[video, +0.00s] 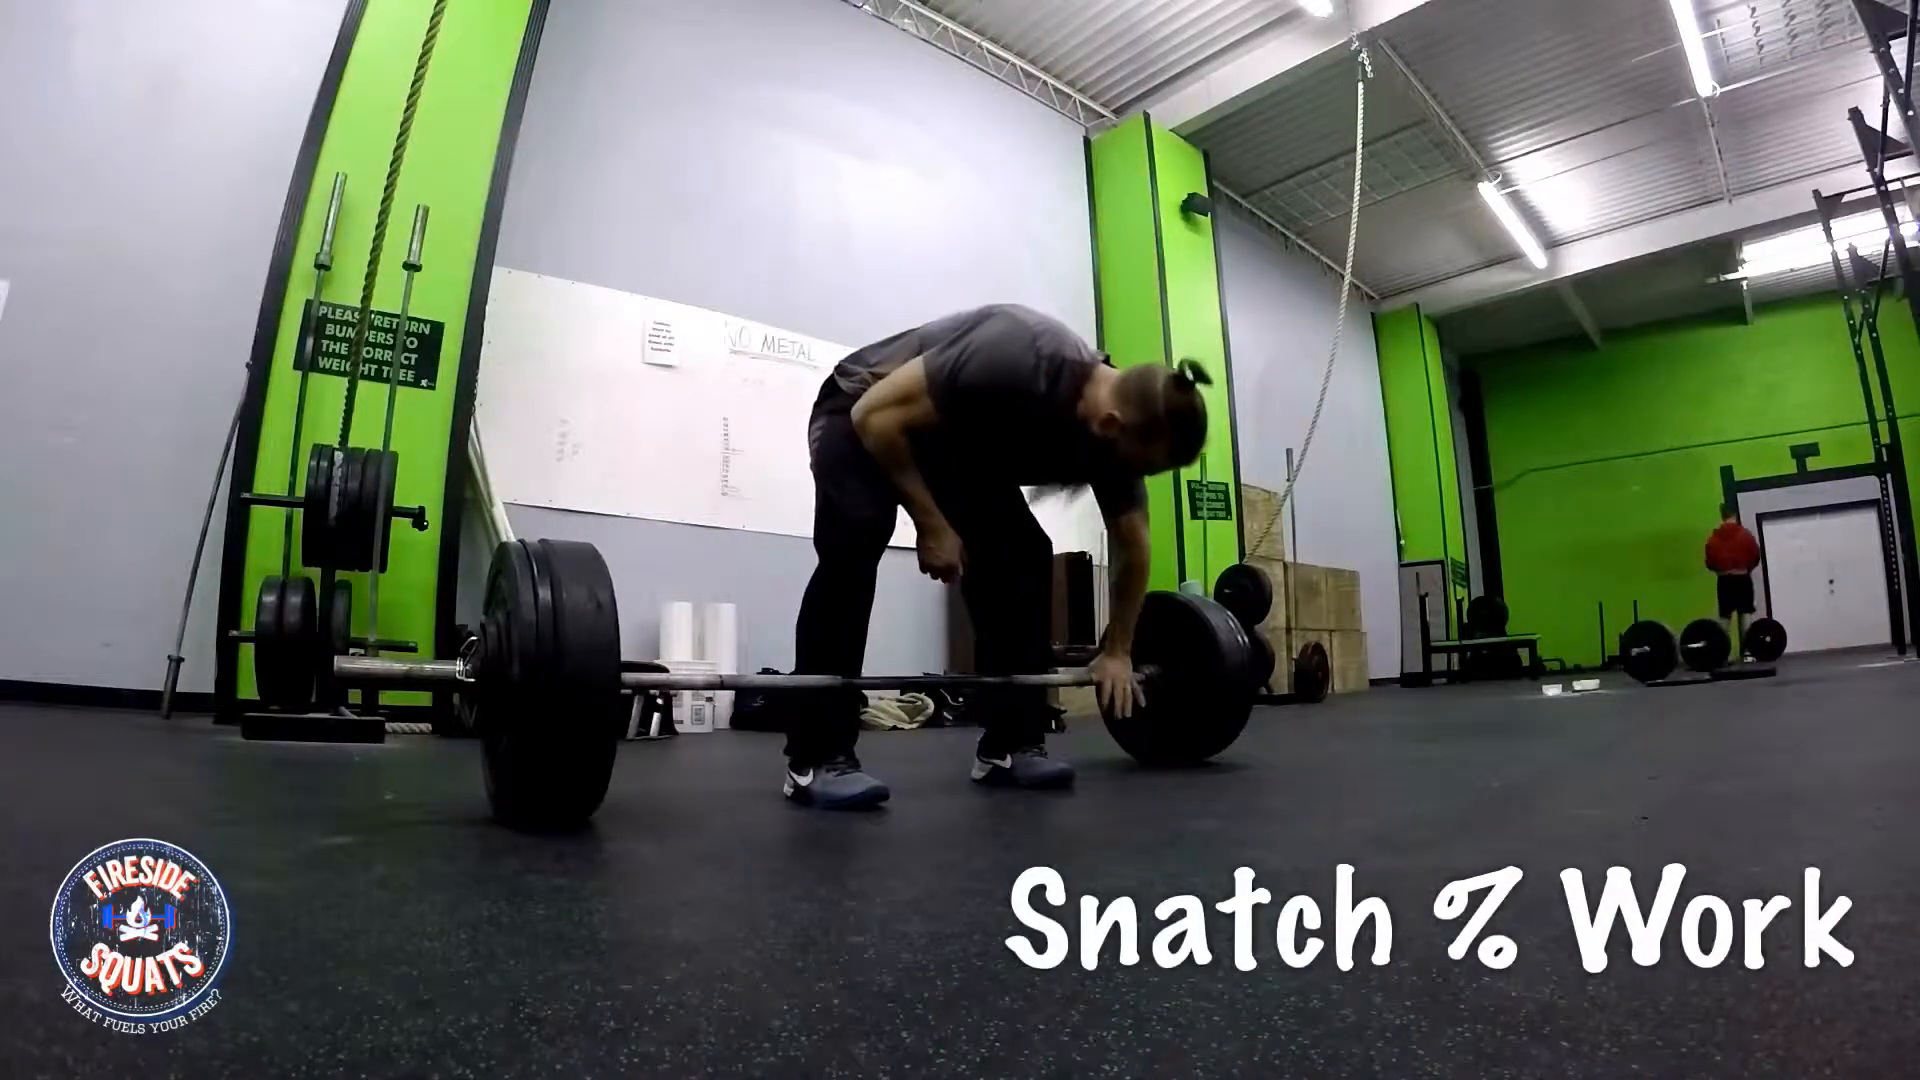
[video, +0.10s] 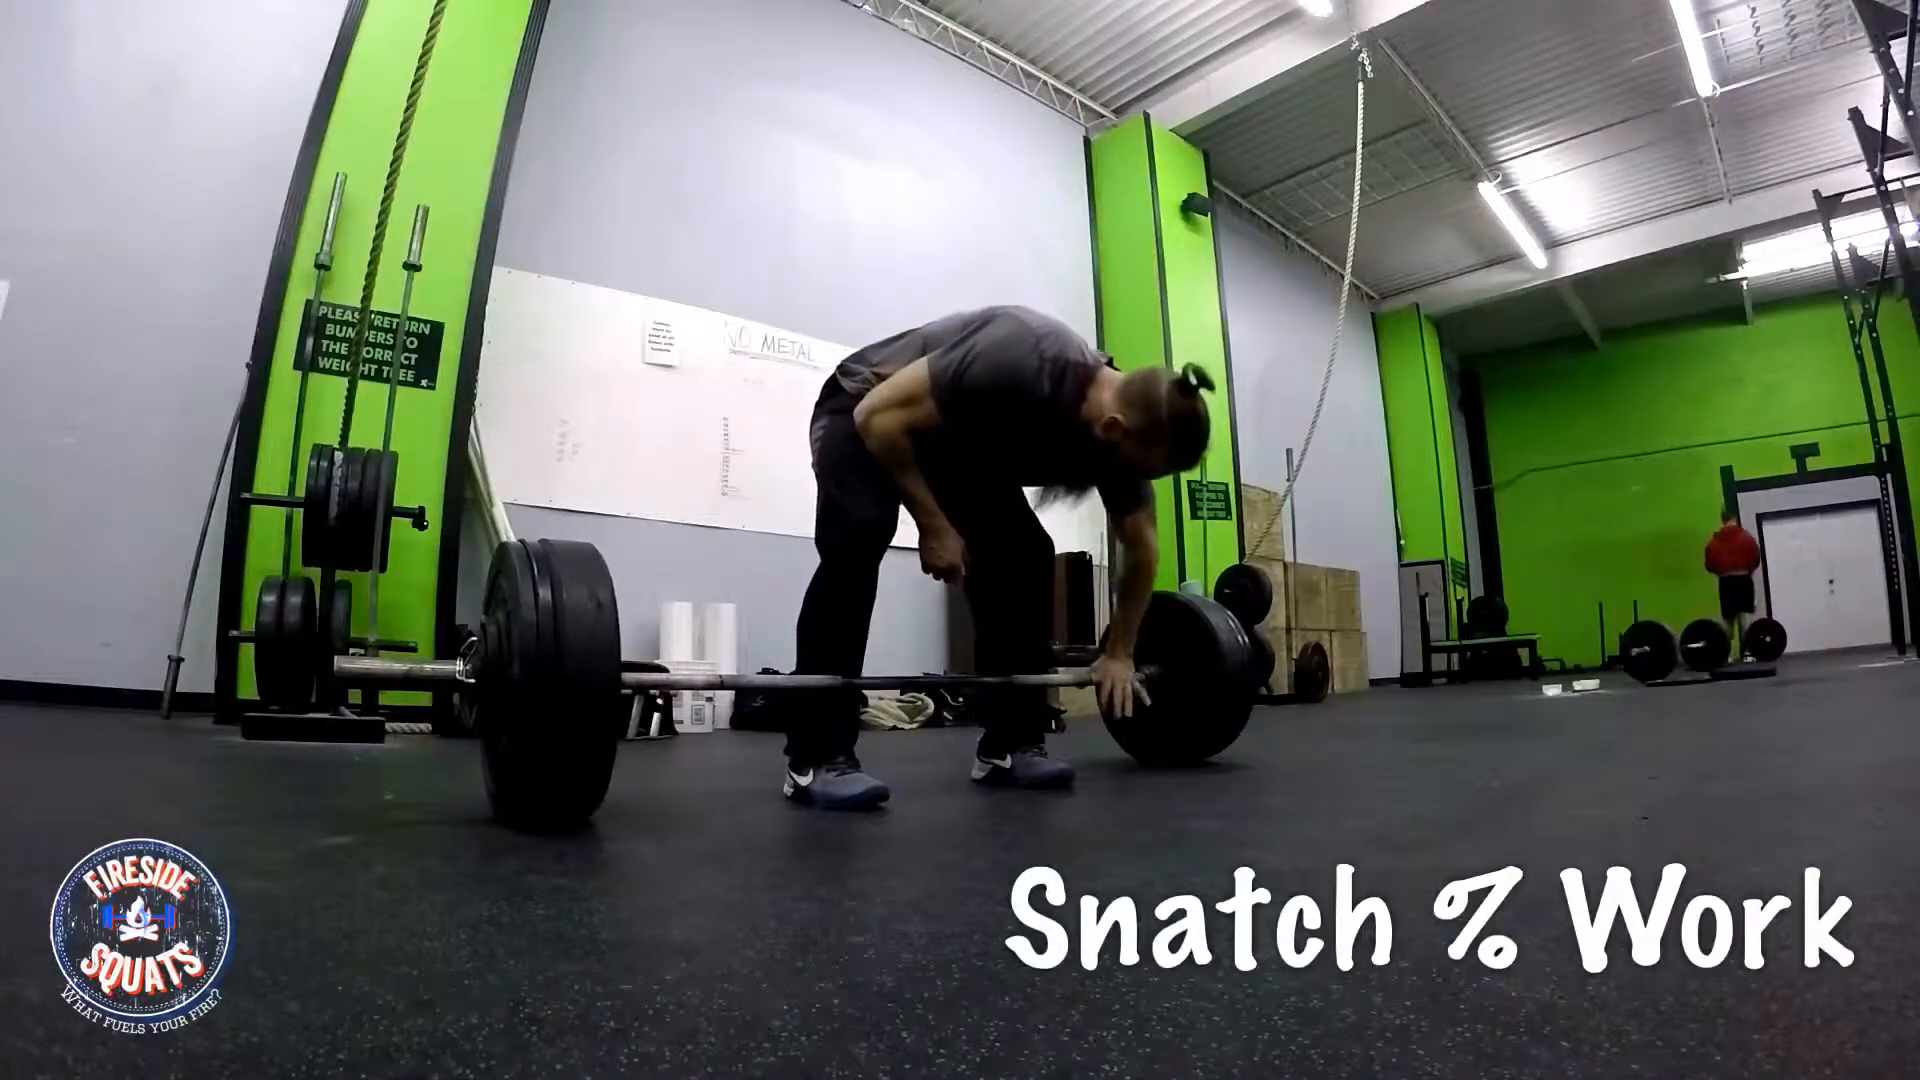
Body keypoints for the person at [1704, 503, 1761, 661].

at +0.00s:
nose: (1730, 520)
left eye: (1727, 517)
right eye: (1732, 516)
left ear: (1721, 517)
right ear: (1735, 515)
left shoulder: (1715, 536)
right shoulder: (1745, 534)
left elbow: (1709, 561)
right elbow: (1755, 554)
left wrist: (1721, 570)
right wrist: (1747, 569)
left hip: (1724, 579)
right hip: (1742, 578)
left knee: (1724, 618)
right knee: (1745, 616)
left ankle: (1722, 655)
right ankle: (1746, 653)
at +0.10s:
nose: (1731, 524)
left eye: (1729, 521)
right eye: (1733, 520)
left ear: (1722, 521)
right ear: (1736, 519)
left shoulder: (1716, 538)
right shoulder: (1745, 536)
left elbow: (1709, 563)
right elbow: (1756, 556)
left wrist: (1721, 571)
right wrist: (1748, 570)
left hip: (1725, 579)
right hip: (1743, 577)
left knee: (1727, 618)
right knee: (1744, 616)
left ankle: (1724, 654)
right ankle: (1746, 653)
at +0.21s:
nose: (1732, 526)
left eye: (1730, 523)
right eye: (1734, 522)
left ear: (1721, 524)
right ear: (1735, 522)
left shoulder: (1715, 543)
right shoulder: (1744, 539)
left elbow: (1709, 567)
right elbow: (1755, 560)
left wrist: (1722, 575)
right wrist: (1747, 572)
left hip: (1726, 581)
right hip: (1743, 580)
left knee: (1729, 621)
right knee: (1745, 617)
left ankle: (1729, 656)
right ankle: (1746, 654)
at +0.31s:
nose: (1732, 527)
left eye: (1729, 524)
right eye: (1733, 523)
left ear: (1720, 525)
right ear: (1734, 523)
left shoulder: (1715, 542)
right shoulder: (1743, 540)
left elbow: (1709, 568)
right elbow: (1754, 561)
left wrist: (1721, 576)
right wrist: (1747, 573)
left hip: (1726, 582)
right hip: (1743, 581)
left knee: (1730, 621)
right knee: (1745, 619)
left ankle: (1730, 655)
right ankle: (1745, 653)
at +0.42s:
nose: (1730, 528)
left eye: (1728, 525)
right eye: (1731, 524)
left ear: (1718, 527)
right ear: (1732, 525)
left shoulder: (1714, 544)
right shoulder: (1743, 540)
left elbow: (1710, 569)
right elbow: (1754, 561)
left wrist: (1720, 577)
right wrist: (1750, 574)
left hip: (1726, 582)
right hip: (1744, 581)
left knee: (1730, 621)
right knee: (1744, 620)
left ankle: (1729, 656)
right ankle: (1746, 655)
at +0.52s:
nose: (1729, 530)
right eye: (1730, 526)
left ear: (1718, 529)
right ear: (1732, 526)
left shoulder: (1715, 545)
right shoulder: (1742, 539)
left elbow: (1710, 571)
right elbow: (1755, 558)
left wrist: (1721, 578)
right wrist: (1754, 575)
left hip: (1726, 582)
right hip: (1744, 580)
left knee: (1730, 620)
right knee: (1755, 605)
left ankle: (1730, 655)